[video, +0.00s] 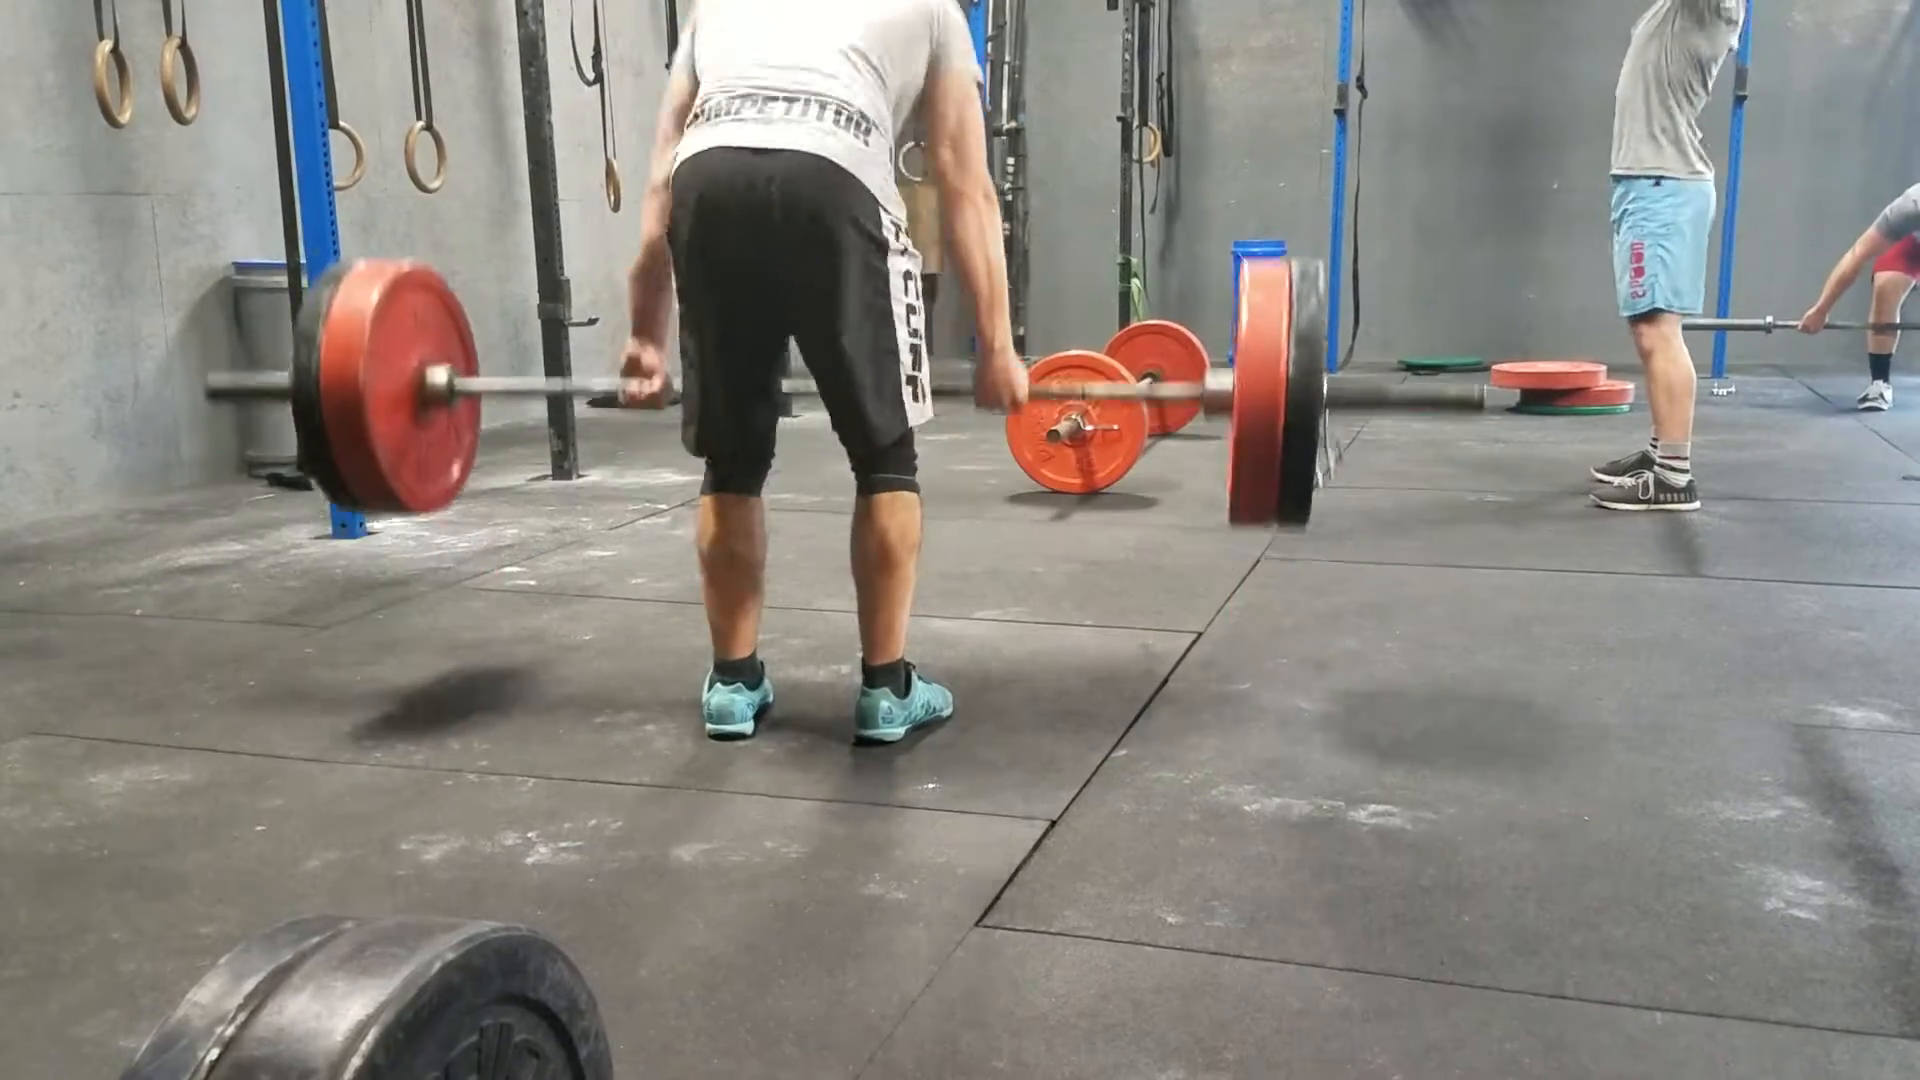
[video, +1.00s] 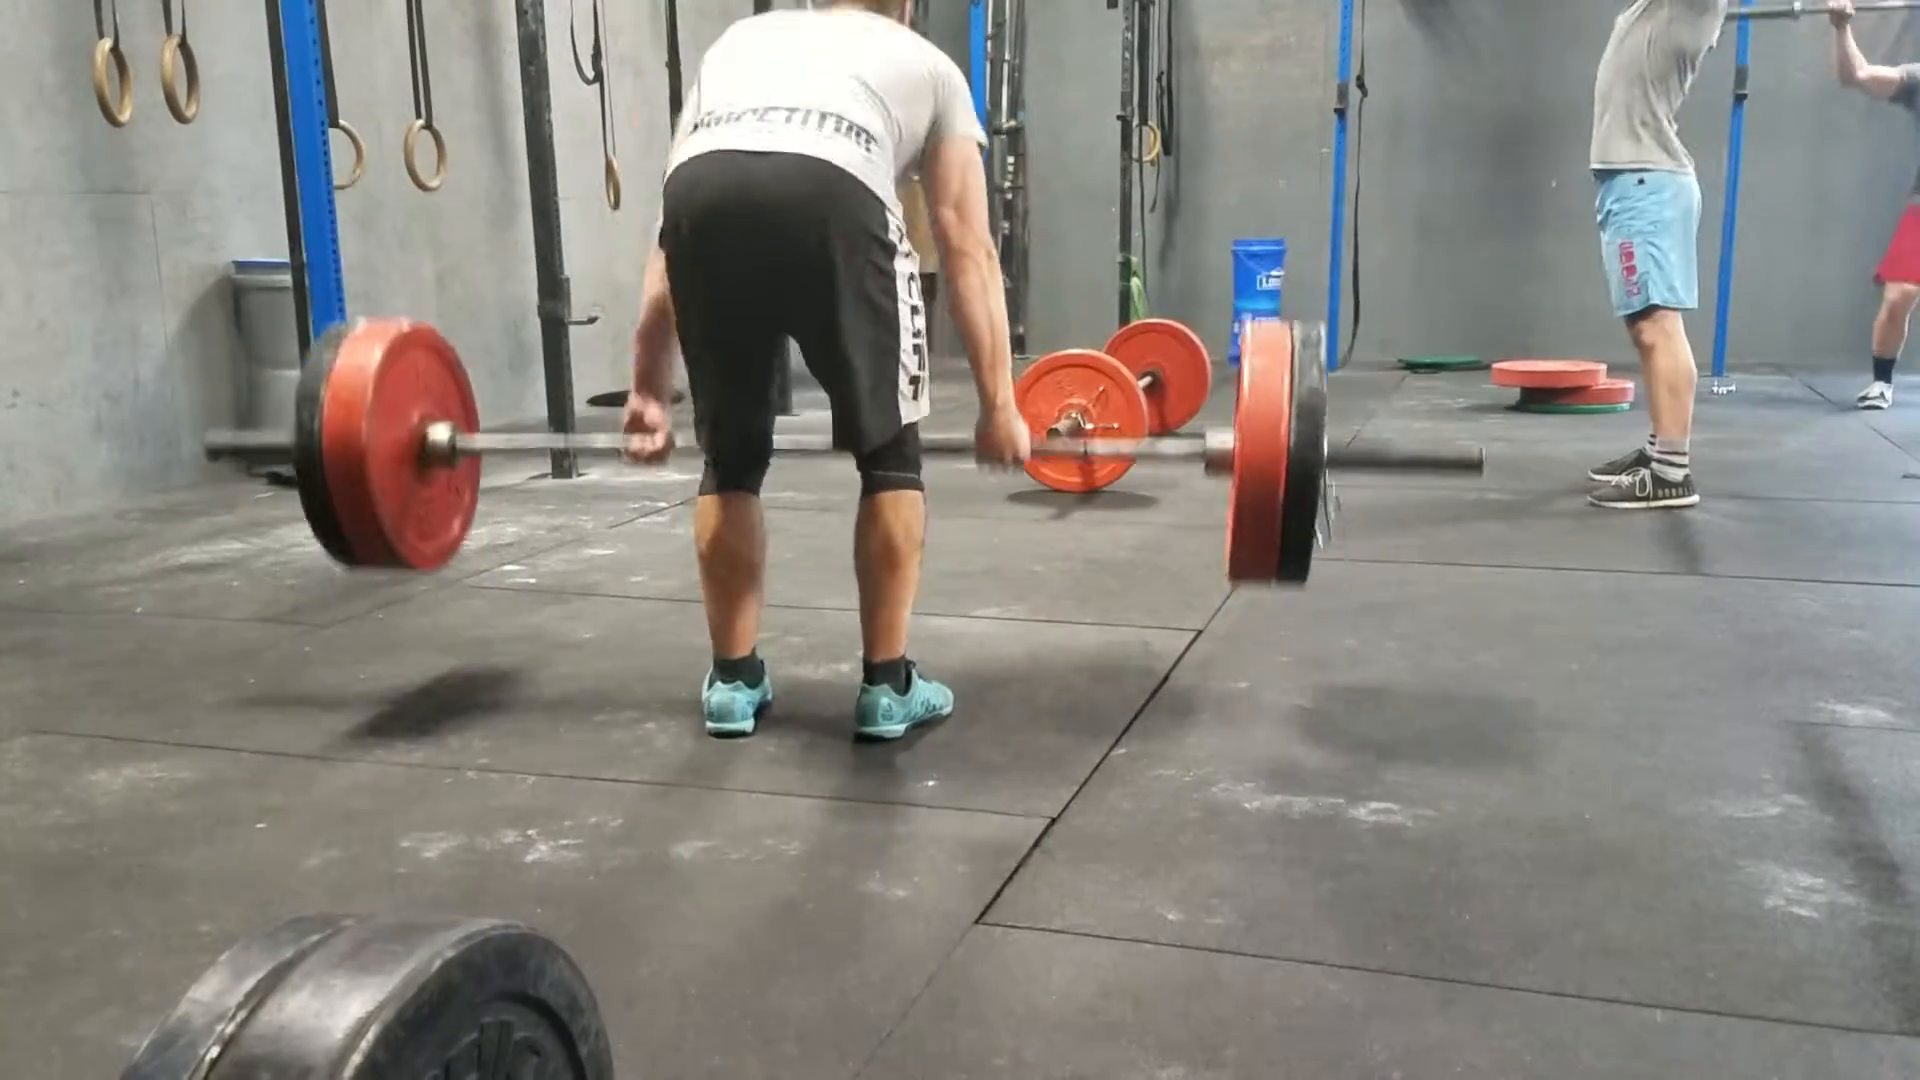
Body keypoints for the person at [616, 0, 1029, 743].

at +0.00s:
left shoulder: (713, 15)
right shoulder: (930, 11)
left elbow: (659, 219)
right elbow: (965, 184)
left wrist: (647, 338)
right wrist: (998, 342)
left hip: (709, 189)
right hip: (834, 189)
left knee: (731, 462)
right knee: (885, 459)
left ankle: (731, 682)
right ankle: (885, 687)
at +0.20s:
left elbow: (647, 72)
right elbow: (954, 69)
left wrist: (632, 225)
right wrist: (994, 233)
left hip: (729, 196)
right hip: (854, 195)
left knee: (741, 453)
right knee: (876, 454)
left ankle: (732, 680)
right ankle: (885, 685)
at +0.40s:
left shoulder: (683, 7)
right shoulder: (930, 5)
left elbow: (658, 146)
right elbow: (958, 147)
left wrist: (643, 295)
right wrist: (995, 304)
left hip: (707, 215)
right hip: (834, 214)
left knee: (735, 455)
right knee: (885, 457)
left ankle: (731, 681)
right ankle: (885, 687)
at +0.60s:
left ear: (807, 52)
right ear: (899, 59)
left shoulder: (732, 97)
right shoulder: (928, 122)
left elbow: (678, 311)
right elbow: (964, 316)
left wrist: (657, 464)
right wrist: (1000, 480)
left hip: (698, 240)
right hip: (834, 244)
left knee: (719, 473)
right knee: (904, 466)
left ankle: (733, 683)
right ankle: (886, 685)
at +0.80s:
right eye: (921, 152)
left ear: (825, 131)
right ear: (912, 149)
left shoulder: (743, 158)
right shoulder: (932, 191)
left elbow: (670, 381)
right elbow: (967, 362)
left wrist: (658, 513)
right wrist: (1001, 522)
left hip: (697, 259)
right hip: (837, 268)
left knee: (731, 482)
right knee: (904, 473)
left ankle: (735, 681)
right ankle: (887, 685)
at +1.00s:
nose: (917, 24)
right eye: (917, 19)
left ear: (821, 7)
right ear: (903, 13)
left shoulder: (737, 40)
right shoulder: (931, 65)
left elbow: (676, 223)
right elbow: (963, 239)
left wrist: (649, 387)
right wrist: (999, 400)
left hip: (705, 206)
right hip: (831, 208)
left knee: (730, 461)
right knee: (888, 457)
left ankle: (732, 681)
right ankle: (886, 685)